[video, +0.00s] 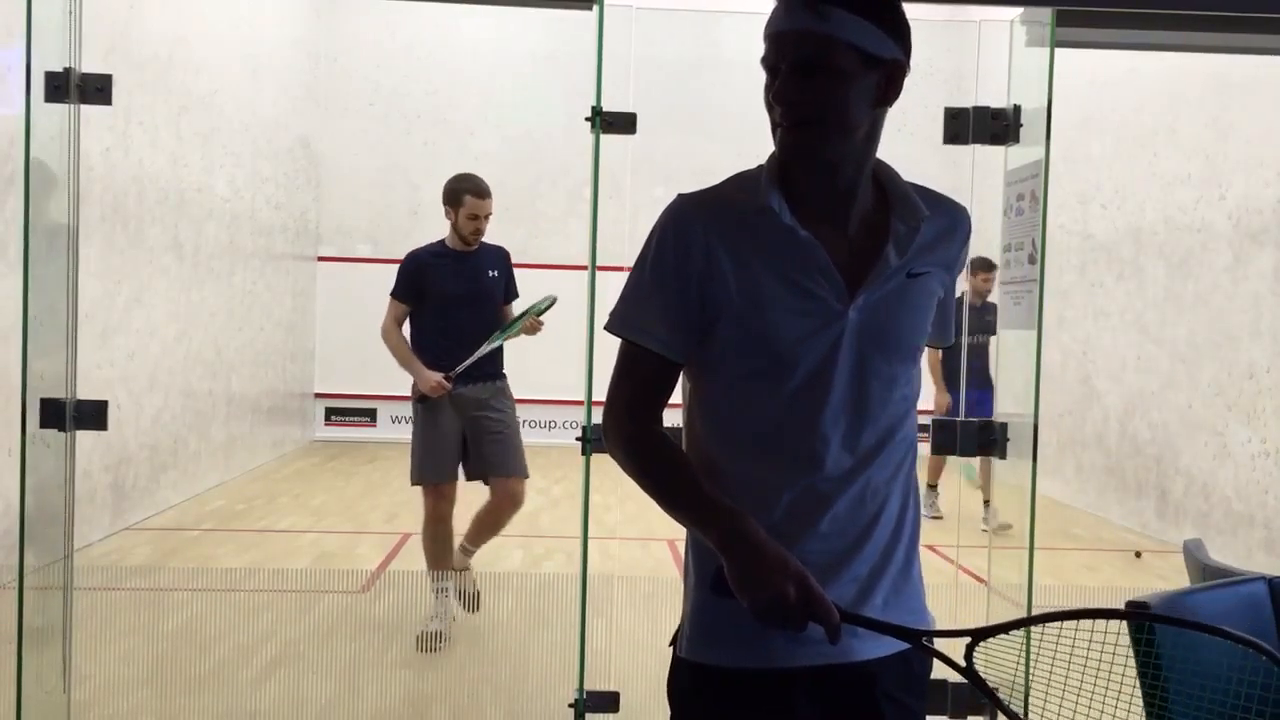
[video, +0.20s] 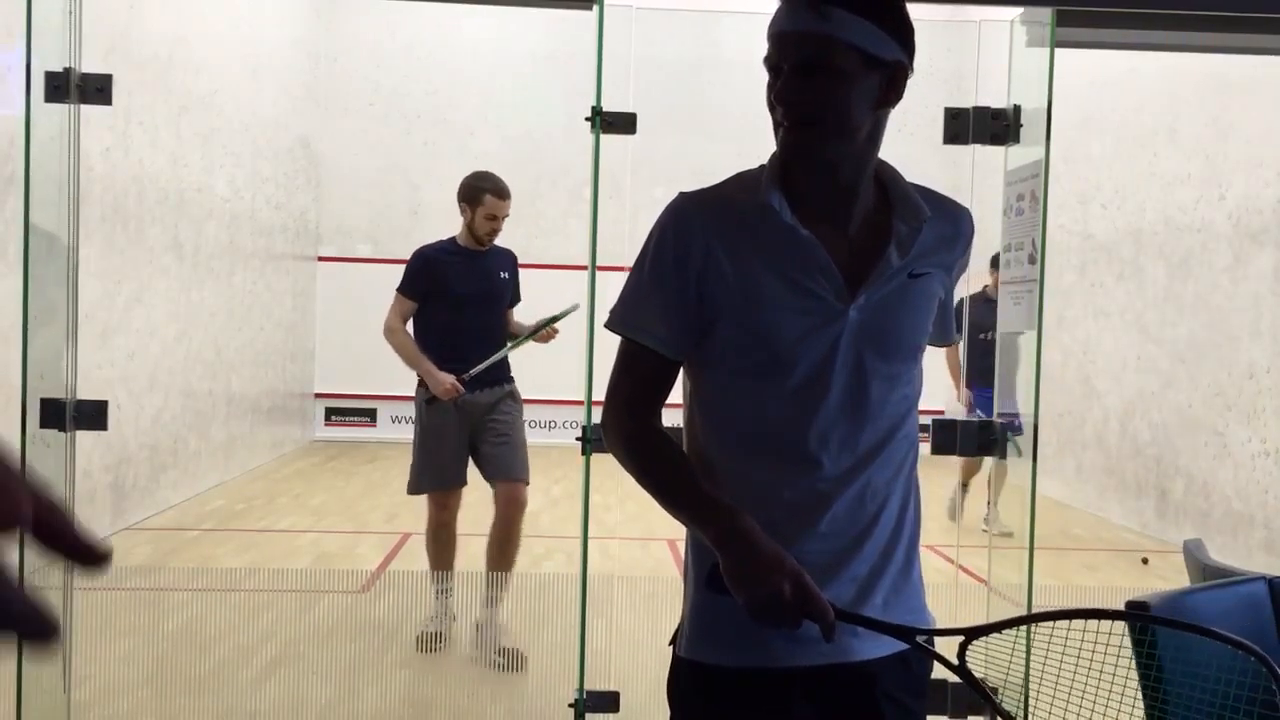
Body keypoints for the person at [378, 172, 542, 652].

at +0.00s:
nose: (482, 225)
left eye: (487, 217)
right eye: (474, 217)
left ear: (490, 214)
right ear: (450, 212)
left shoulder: (497, 258)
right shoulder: (420, 264)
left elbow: (504, 318)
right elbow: (390, 328)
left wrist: (522, 323)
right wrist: (418, 371)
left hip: (490, 392)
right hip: (438, 396)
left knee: (511, 494)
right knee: (439, 503)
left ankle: (461, 556)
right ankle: (440, 601)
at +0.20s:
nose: (498, 226)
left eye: (503, 218)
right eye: (492, 217)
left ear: (505, 216)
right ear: (466, 209)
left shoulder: (505, 261)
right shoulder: (430, 260)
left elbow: (504, 319)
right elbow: (393, 325)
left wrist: (529, 330)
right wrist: (429, 372)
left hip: (498, 399)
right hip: (445, 402)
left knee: (514, 498)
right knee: (443, 506)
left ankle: (491, 618)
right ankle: (441, 610)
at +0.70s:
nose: (531, 209)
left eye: (540, 200)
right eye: (522, 199)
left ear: (551, 199)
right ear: (504, 197)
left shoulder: (569, 257)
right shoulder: (478, 253)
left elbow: (579, 334)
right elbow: (447, 327)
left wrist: (583, 321)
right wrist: (466, 385)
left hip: (546, 410)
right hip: (489, 406)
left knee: (530, 524)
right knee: (481, 514)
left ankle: (511, 641)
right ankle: (475, 636)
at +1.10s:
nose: (548, 204)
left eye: (557, 193)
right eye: (538, 195)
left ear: (573, 194)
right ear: (526, 199)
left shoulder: (600, 263)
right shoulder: (505, 261)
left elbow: (604, 353)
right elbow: (476, 340)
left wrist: (613, 332)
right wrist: (492, 398)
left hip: (583, 419)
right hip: (517, 419)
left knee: (612, 544)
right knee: (520, 548)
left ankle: (559, 610)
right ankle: (522, 675)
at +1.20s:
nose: (558, 201)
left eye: (566, 190)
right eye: (547, 193)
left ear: (583, 189)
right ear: (535, 197)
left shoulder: (615, 260)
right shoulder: (518, 258)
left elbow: (631, 339)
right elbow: (490, 336)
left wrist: (627, 406)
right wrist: (500, 395)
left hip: (600, 422)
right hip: (530, 421)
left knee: (627, 542)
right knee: (525, 549)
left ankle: (600, 636)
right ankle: (523, 679)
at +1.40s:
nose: (571, 204)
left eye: (580, 192)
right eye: (564, 195)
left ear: (609, 187)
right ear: (558, 196)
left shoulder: (647, 259)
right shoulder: (558, 259)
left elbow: (670, 343)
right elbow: (538, 331)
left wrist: (653, 406)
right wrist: (515, 384)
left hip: (621, 424)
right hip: (554, 419)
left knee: (636, 551)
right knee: (538, 547)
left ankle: (673, 676)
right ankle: (524, 681)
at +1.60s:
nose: (583, 211)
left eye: (589, 197)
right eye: (577, 201)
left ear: (623, 189)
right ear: (585, 201)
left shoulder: (665, 258)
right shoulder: (604, 269)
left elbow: (688, 342)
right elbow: (602, 349)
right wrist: (555, 387)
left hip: (650, 420)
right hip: (591, 416)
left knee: (661, 543)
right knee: (559, 534)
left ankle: (677, 679)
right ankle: (531, 682)